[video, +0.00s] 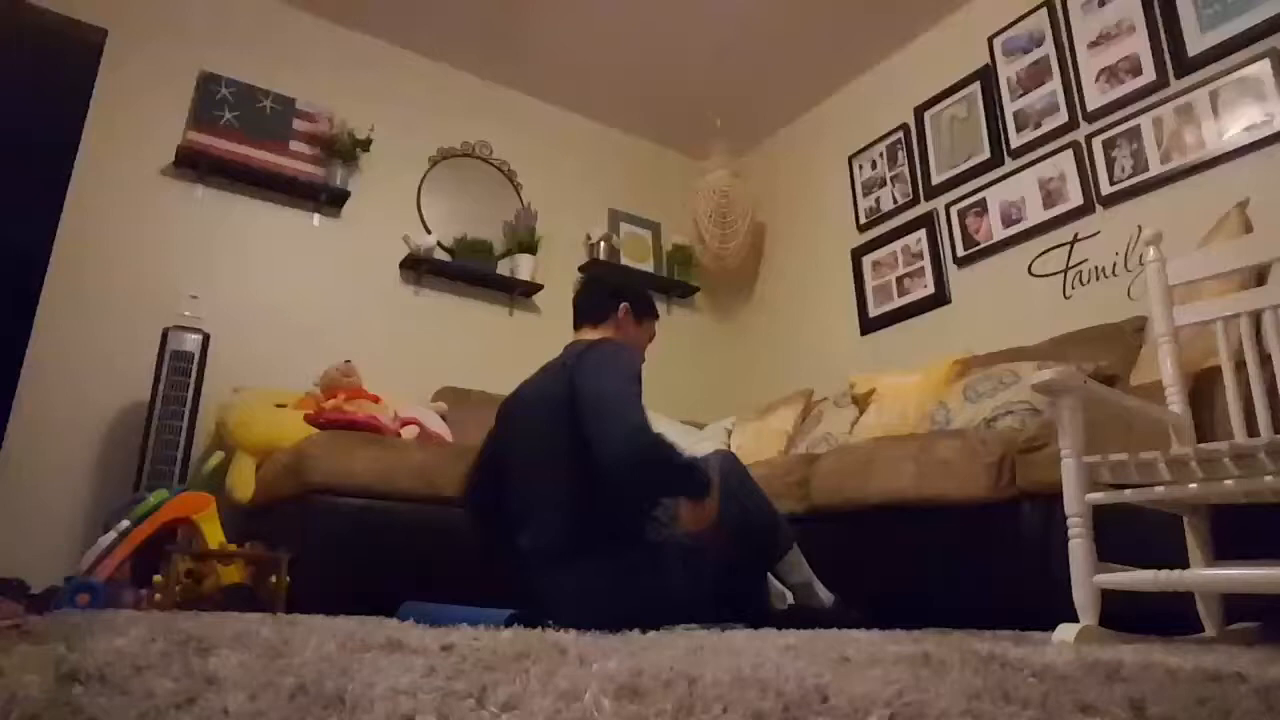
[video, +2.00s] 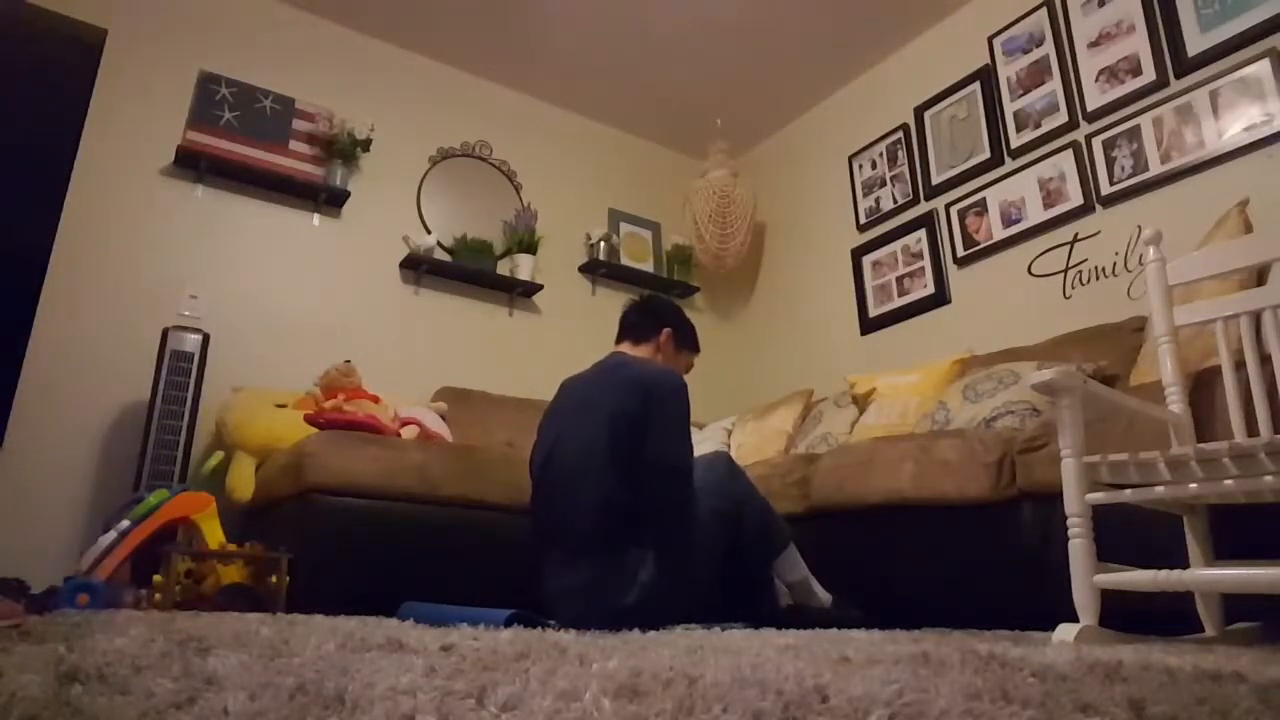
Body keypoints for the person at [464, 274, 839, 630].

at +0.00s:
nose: (647, 353)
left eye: (652, 341)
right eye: (649, 338)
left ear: (580, 323)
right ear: (622, 318)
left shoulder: (529, 391)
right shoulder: (606, 358)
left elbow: (480, 493)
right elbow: (626, 450)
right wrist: (695, 482)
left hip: (541, 585)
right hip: (592, 586)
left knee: (720, 467)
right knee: (740, 568)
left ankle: (811, 592)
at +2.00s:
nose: (683, 381)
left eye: (688, 372)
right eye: (685, 368)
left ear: (623, 340)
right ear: (663, 341)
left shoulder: (569, 388)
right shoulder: (660, 384)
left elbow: (542, 480)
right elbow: (672, 506)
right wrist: (682, 583)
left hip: (567, 600)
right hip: (629, 601)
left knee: (717, 468)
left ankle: (808, 590)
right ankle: (769, 613)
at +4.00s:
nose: (271, 512)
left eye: (250, 510)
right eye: (251, 521)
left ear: (266, 577)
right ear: (261, 583)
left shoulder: (332, 575)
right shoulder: (368, 576)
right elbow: (510, 513)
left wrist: (402, 506)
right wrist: (413, 503)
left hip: (570, 562)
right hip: (594, 582)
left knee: (684, 481)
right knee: (704, 480)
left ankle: (790, 604)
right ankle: (802, 605)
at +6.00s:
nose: (266, 487)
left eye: (247, 491)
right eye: (249, 502)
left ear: (264, 552)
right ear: (257, 559)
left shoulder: (322, 562)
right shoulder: (355, 576)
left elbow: (486, 522)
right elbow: (511, 529)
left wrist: (412, 511)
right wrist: (417, 509)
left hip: (555, 564)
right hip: (575, 583)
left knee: (697, 504)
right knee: (708, 484)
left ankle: (785, 622)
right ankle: (817, 610)